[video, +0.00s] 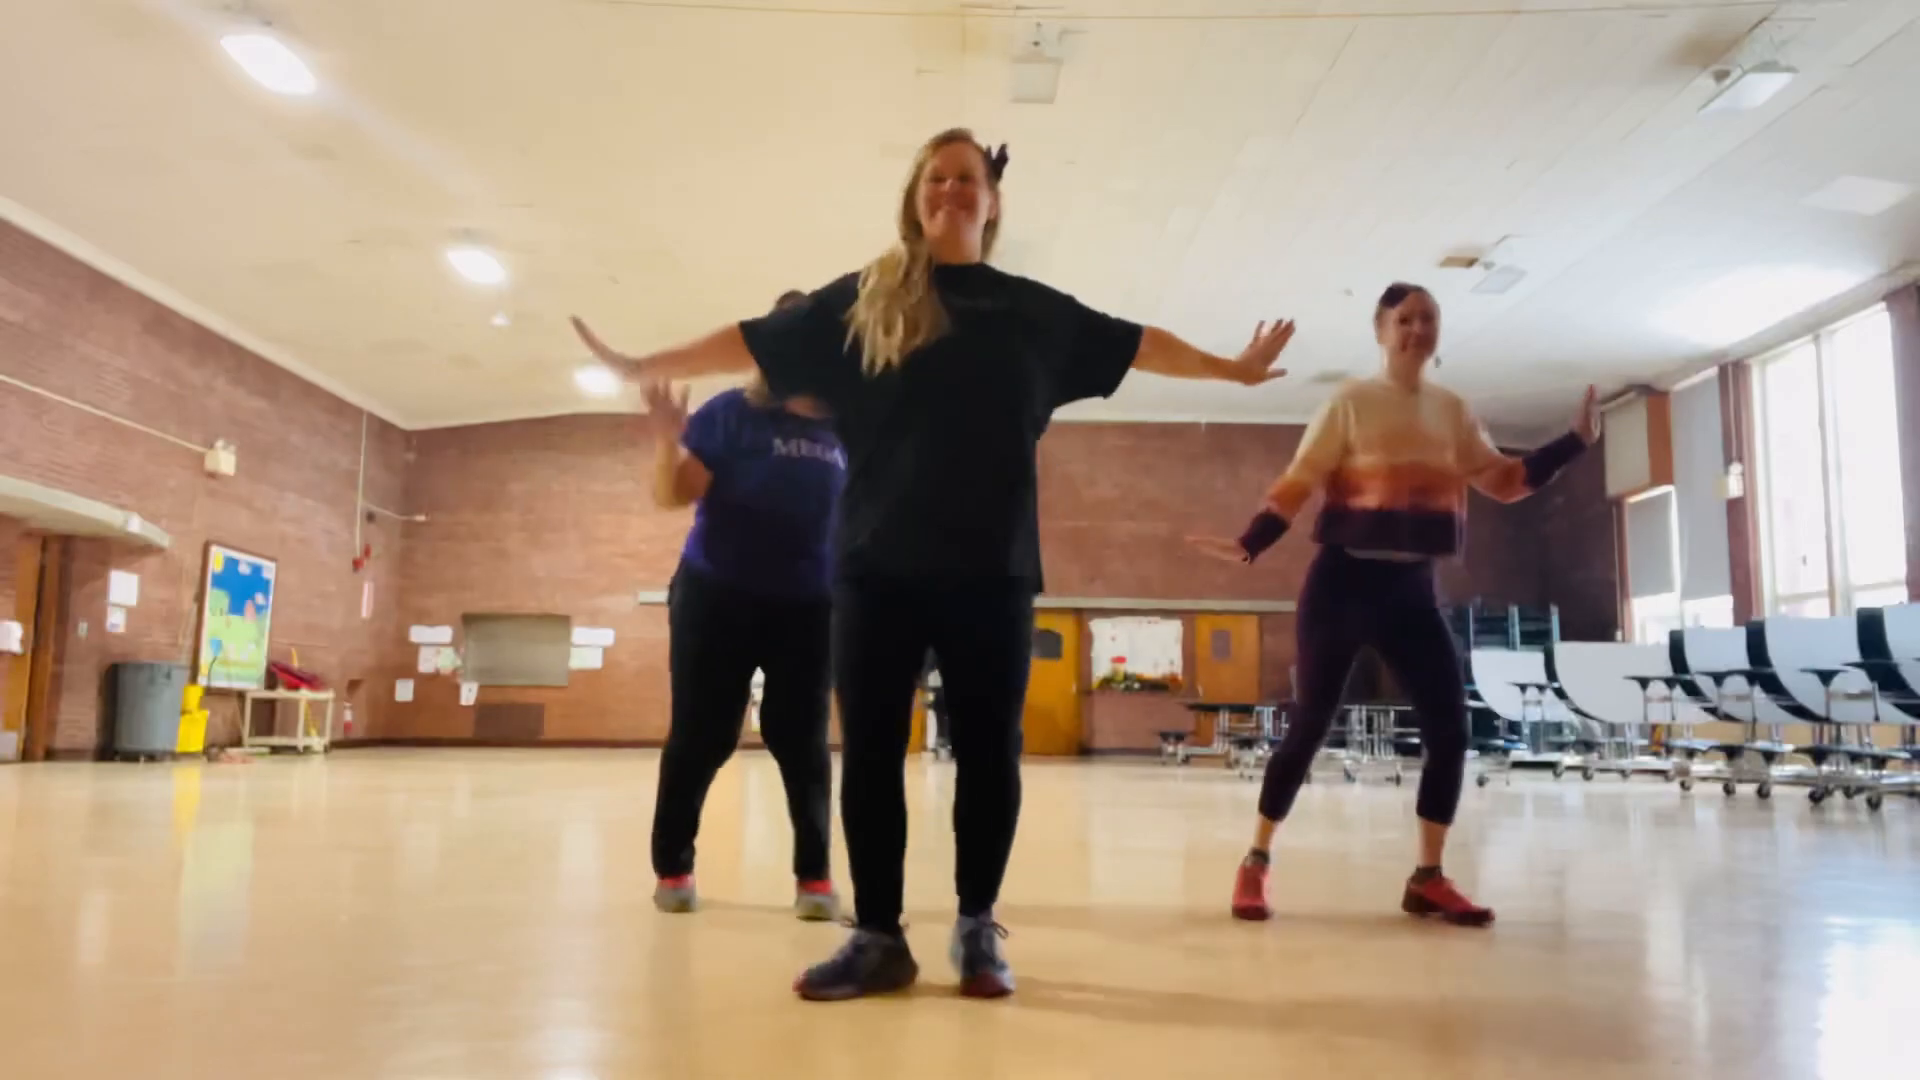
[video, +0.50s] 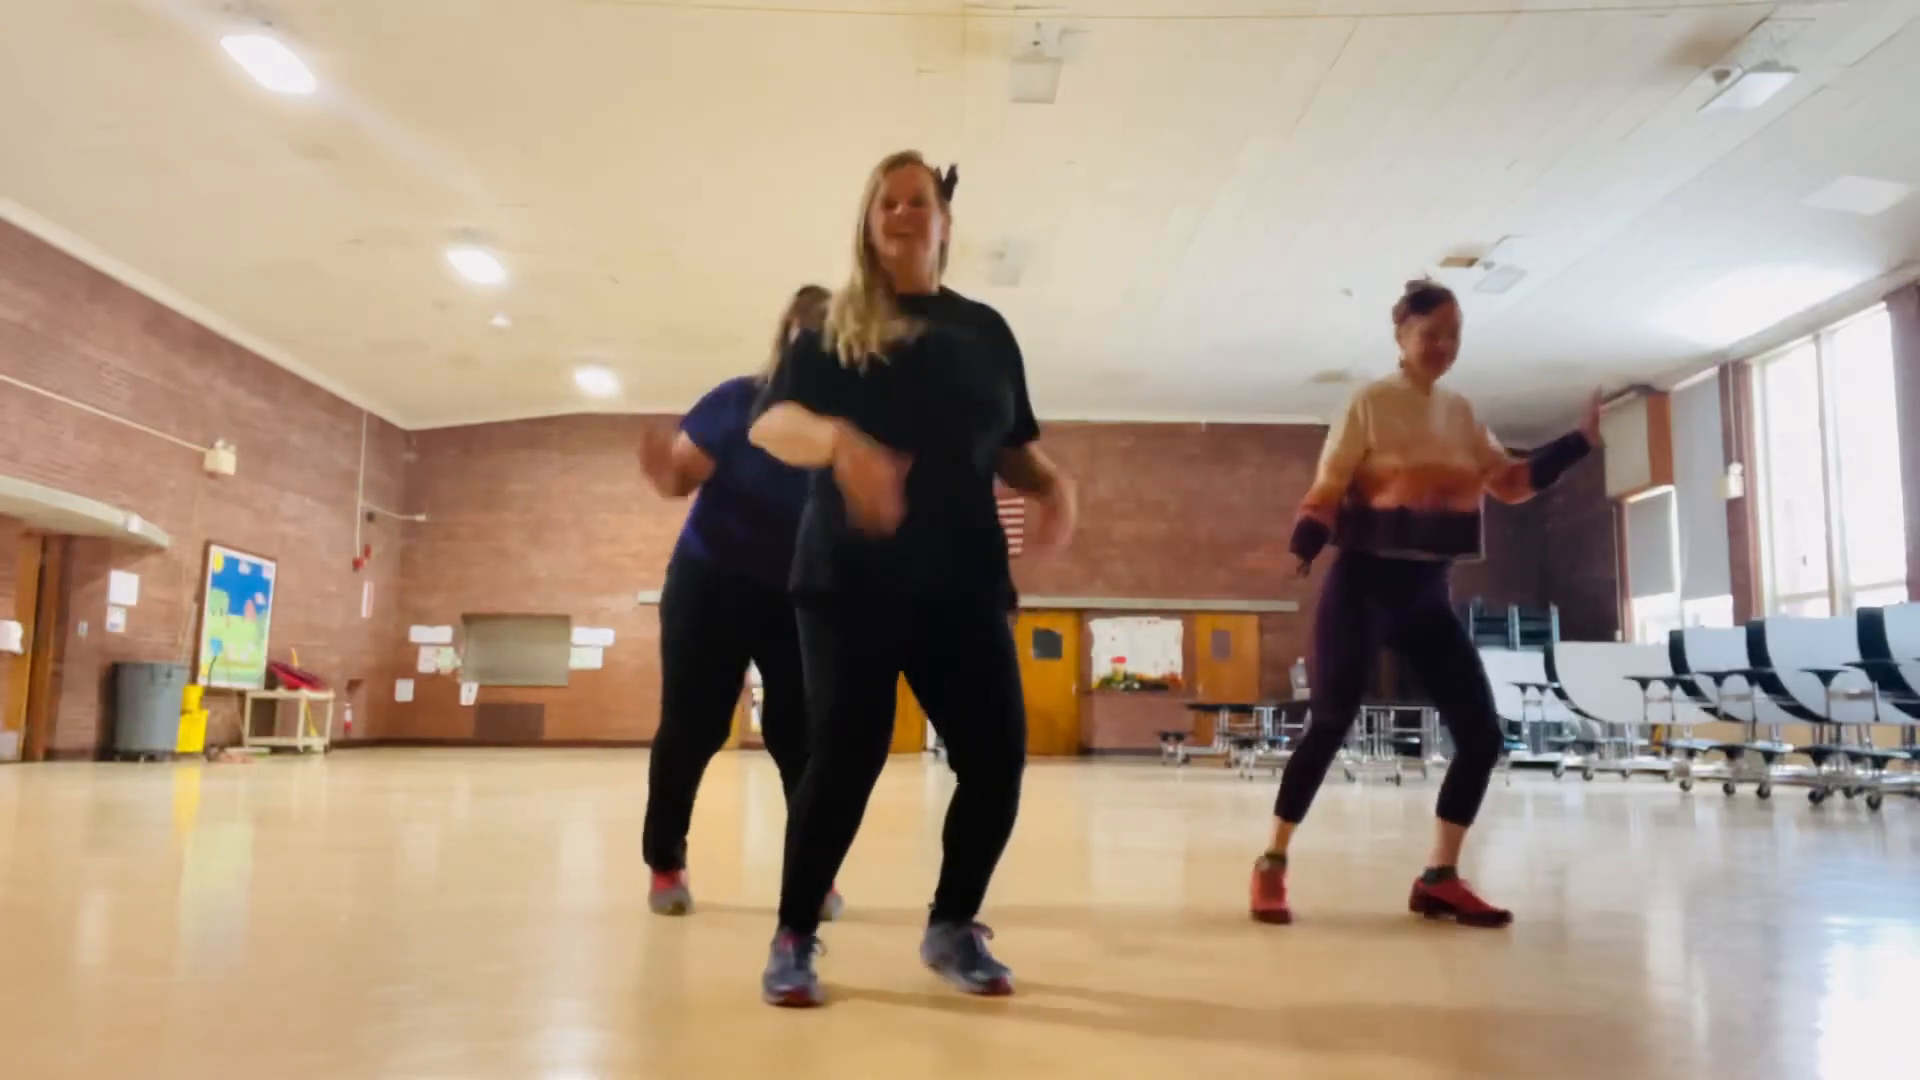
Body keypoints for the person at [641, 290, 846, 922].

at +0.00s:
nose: (799, 355)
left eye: (811, 343)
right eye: (786, 341)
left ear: (829, 350)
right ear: (766, 347)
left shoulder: (843, 426)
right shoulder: (727, 414)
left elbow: (862, 515)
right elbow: (674, 493)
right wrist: (668, 436)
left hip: (804, 602)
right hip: (716, 596)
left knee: (803, 741)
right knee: (702, 736)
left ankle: (814, 876)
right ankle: (673, 866)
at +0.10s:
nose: (792, 346)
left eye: (806, 335)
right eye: (783, 332)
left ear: (828, 347)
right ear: (763, 338)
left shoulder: (840, 413)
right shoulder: (730, 401)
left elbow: (874, 492)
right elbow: (659, 455)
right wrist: (676, 372)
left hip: (804, 590)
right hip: (718, 581)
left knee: (801, 732)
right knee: (699, 725)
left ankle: (816, 874)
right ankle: (671, 856)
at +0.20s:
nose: (806, 342)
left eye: (817, 331)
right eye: (797, 327)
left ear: (836, 341)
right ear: (773, 334)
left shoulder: (849, 411)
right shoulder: (734, 398)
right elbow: (657, 451)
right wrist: (676, 381)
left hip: (803, 585)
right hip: (721, 574)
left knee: (794, 730)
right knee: (705, 715)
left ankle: (819, 870)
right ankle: (665, 842)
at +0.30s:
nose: (819, 364)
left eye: (829, 352)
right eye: (809, 350)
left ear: (840, 360)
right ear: (786, 352)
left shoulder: (848, 422)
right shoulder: (740, 405)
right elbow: (682, 486)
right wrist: (684, 458)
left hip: (803, 591)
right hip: (719, 582)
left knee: (797, 736)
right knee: (706, 730)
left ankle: (815, 877)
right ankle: (668, 866)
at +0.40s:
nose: (825, 384)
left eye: (832, 377)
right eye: (821, 373)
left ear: (842, 384)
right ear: (799, 369)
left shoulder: (847, 433)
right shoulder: (742, 408)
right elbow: (682, 487)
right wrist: (679, 522)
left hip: (802, 597)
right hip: (717, 592)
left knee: (804, 738)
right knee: (698, 736)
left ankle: (816, 875)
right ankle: (669, 872)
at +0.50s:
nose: (812, 349)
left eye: (824, 339)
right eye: (804, 334)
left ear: (842, 349)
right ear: (785, 336)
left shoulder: (844, 426)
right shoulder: (741, 401)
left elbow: (863, 518)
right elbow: (680, 480)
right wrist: (666, 462)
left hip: (795, 596)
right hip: (712, 585)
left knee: (801, 736)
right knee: (692, 728)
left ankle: (816, 878)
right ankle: (665, 864)